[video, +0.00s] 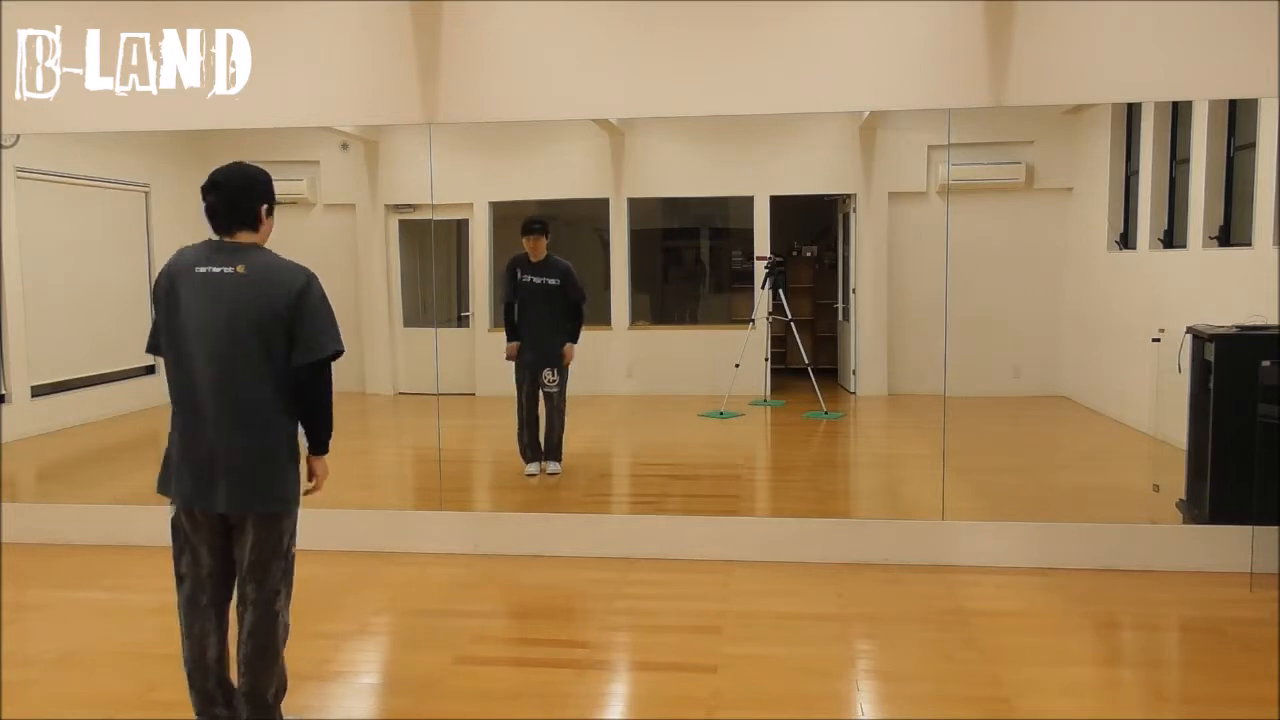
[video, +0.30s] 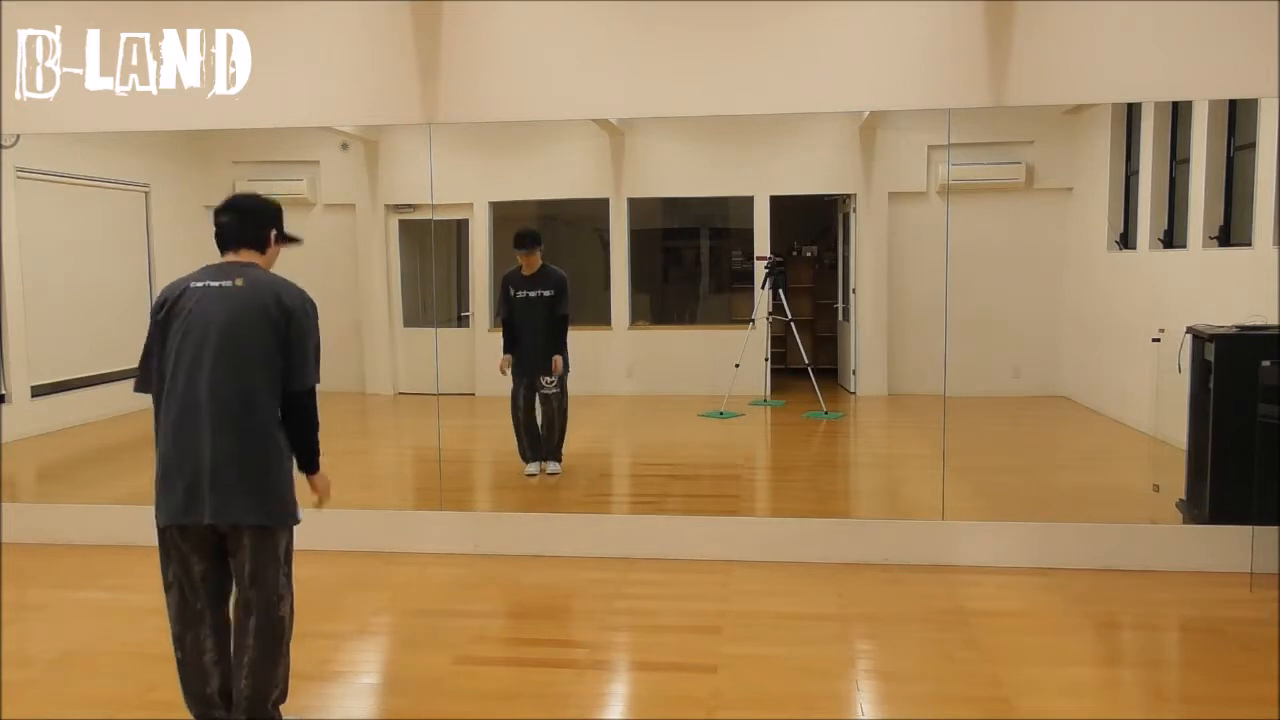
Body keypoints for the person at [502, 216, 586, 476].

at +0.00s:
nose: (532, 244)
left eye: (537, 239)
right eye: (528, 239)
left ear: (547, 240)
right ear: (522, 241)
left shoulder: (562, 269)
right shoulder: (516, 267)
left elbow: (577, 305)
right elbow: (508, 304)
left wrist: (571, 341)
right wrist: (512, 338)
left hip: (555, 344)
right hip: (526, 344)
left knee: (555, 404)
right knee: (526, 405)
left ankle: (553, 457)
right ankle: (531, 458)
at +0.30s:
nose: (524, 260)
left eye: (528, 255)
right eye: (520, 255)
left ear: (539, 251)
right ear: (515, 254)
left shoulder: (556, 278)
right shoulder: (510, 280)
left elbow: (562, 318)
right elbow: (507, 319)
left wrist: (559, 352)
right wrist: (507, 352)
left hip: (550, 355)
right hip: (522, 355)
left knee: (553, 408)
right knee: (522, 409)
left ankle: (553, 457)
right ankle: (532, 458)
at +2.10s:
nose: (519, 293)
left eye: (523, 288)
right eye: (514, 289)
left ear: (531, 280)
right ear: (506, 283)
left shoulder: (548, 294)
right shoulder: (500, 296)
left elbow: (557, 338)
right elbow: (496, 338)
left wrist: (557, 376)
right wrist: (494, 375)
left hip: (543, 364)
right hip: (514, 362)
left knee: (541, 419)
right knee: (504, 403)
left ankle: (535, 466)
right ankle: (514, 446)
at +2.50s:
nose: (514, 288)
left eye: (518, 283)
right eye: (509, 284)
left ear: (527, 274)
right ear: (503, 276)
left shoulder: (547, 285)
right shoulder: (496, 284)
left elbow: (561, 323)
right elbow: (489, 322)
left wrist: (557, 358)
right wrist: (487, 357)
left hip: (540, 359)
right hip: (510, 358)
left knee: (538, 414)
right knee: (505, 412)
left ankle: (535, 467)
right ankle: (506, 467)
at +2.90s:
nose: (528, 272)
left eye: (532, 266)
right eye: (524, 267)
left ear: (542, 259)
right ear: (518, 263)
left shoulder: (564, 279)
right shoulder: (514, 282)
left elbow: (592, 296)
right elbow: (493, 300)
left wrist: (600, 302)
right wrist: (472, 306)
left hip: (555, 362)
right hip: (524, 361)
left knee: (566, 415)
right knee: (509, 414)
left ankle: (589, 452)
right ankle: (506, 469)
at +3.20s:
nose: (551, 271)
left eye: (555, 265)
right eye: (546, 267)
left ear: (564, 260)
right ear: (540, 265)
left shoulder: (585, 283)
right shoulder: (538, 287)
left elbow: (611, 309)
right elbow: (526, 316)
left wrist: (622, 338)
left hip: (587, 357)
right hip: (556, 359)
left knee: (592, 411)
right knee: (555, 418)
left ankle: (609, 461)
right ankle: (576, 447)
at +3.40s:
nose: (560, 267)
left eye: (564, 262)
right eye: (555, 263)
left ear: (571, 256)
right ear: (547, 259)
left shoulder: (588, 276)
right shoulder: (538, 280)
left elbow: (592, 311)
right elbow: (537, 316)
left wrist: (568, 312)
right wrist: (554, 323)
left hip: (581, 347)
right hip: (554, 351)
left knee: (584, 402)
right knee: (563, 405)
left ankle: (579, 457)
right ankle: (580, 452)